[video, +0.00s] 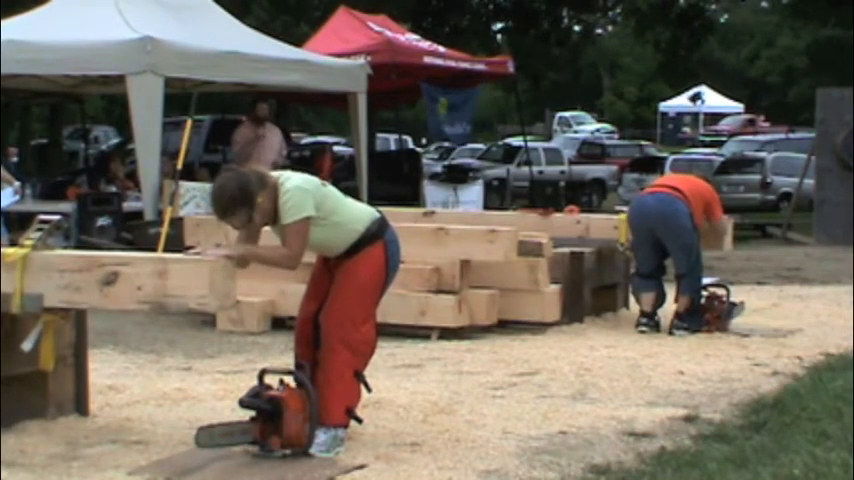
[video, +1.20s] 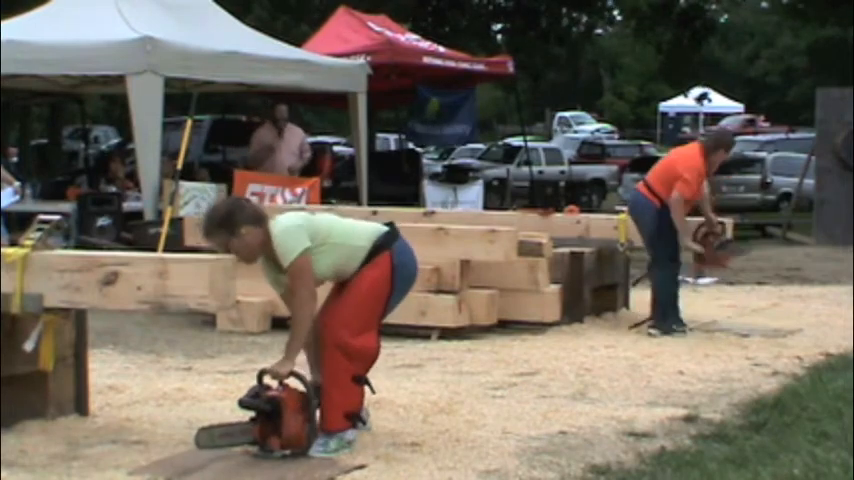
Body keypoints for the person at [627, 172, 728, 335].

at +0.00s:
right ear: (710, 186)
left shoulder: (673, 179)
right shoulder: (708, 190)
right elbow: (718, 225)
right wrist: (725, 224)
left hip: (640, 204)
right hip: (673, 206)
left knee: (646, 270)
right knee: (688, 269)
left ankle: (646, 316)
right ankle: (682, 318)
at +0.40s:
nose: (724, 178)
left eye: (725, 175)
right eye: (725, 175)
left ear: (707, 164)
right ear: (721, 171)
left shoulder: (682, 168)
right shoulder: (717, 180)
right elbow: (718, 218)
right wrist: (713, 247)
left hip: (641, 200)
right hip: (671, 203)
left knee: (649, 264)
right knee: (688, 264)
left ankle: (646, 314)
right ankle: (680, 316)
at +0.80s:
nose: (731, 190)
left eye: (733, 187)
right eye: (732, 185)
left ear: (718, 172)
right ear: (728, 179)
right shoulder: (718, 182)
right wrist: (714, 245)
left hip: (643, 213)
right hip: (659, 218)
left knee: (675, 266)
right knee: (696, 265)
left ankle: (666, 311)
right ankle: (688, 315)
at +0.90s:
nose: (734, 179)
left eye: (737, 175)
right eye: (733, 172)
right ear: (725, 164)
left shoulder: (711, 192)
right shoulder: (707, 156)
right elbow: (684, 158)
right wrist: (706, 183)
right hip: (658, 205)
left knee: (675, 261)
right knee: (680, 263)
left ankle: (665, 311)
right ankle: (689, 319)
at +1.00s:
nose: (732, 172)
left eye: (736, 168)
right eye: (732, 164)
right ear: (721, 156)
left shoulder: (712, 190)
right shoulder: (701, 151)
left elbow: (706, 223)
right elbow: (665, 145)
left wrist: (715, 255)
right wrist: (678, 176)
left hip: (671, 212)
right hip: (654, 199)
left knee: (676, 260)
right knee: (674, 259)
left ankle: (667, 313)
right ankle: (671, 316)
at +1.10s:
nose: (731, 163)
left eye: (733, 159)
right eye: (730, 157)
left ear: (724, 155)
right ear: (721, 152)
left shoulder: (712, 178)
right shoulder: (695, 156)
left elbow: (707, 210)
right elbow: (667, 181)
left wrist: (715, 243)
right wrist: (677, 220)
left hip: (664, 208)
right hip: (649, 200)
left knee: (674, 260)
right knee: (665, 260)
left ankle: (673, 318)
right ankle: (663, 320)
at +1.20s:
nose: (725, 159)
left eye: (727, 154)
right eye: (725, 153)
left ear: (713, 146)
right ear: (717, 150)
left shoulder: (698, 157)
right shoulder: (693, 165)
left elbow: (700, 192)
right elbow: (675, 201)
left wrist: (710, 218)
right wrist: (685, 237)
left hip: (660, 204)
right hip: (649, 203)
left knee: (669, 260)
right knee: (664, 261)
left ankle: (670, 316)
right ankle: (663, 319)